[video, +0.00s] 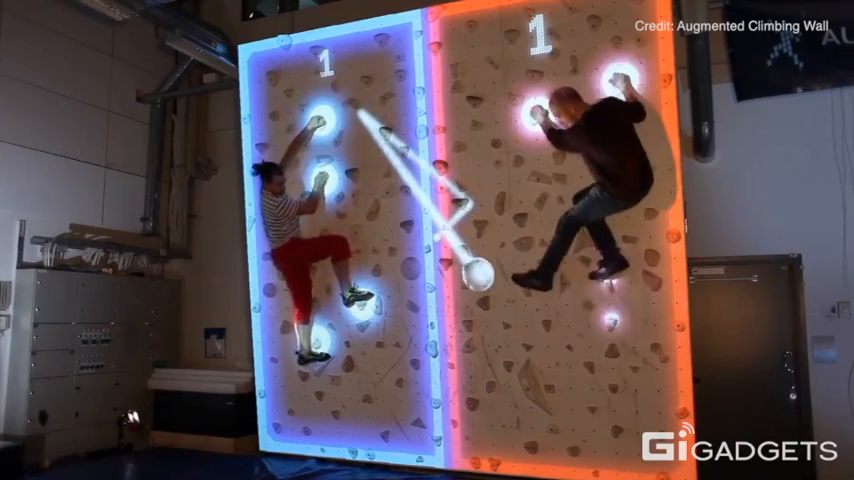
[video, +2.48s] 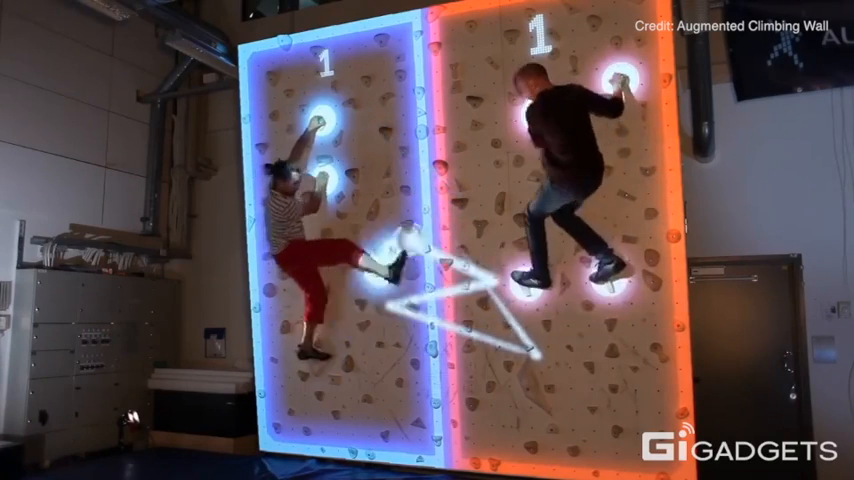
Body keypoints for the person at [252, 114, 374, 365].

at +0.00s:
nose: (283, 185)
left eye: (283, 181)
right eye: (278, 183)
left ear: (279, 179)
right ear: (268, 184)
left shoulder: (269, 192)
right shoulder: (278, 203)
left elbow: (289, 156)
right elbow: (311, 207)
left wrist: (309, 129)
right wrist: (320, 185)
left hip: (286, 251)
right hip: (291, 251)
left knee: (302, 300)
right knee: (337, 244)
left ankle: (305, 352)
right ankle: (348, 293)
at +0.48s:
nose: (285, 188)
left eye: (285, 184)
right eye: (281, 186)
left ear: (282, 181)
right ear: (270, 187)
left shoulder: (270, 194)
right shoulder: (278, 205)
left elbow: (292, 158)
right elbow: (309, 206)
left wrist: (309, 131)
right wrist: (320, 186)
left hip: (283, 254)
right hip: (288, 252)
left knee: (306, 300)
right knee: (331, 250)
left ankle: (305, 352)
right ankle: (344, 297)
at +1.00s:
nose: (284, 186)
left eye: (284, 182)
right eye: (279, 183)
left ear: (281, 180)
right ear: (268, 185)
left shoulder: (270, 193)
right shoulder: (277, 203)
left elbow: (292, 157)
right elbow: (308, 204)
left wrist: (309, 130)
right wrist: (320, 185)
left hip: (285, 253)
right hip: (291, 251)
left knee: (304, 300)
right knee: (336, 248)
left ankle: (305, 352)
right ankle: (345, 297)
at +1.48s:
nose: (284, 187)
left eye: (284, 182)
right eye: (280, 184)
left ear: (283, 181)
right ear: (270, 186)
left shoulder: (271, 194)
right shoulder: (277, 204)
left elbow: (292, 158)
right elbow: (308, 205)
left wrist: (309, 131)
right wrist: (320, 186)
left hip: (285, 253)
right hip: (290, 251)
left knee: (307, 297)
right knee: (334, 248)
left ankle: (305, 351)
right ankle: (344, 298)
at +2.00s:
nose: (297, 199)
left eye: (299, 195)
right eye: (295, 195)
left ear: (284, 190)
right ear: (283, 192)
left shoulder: (277, 200)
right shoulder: (286, 212)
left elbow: (295, 161)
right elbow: (313, 210)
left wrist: (311, 130)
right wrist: (319, 186)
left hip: (279, 259)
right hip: (289, 258)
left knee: (310, 302)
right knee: (327, 289)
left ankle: (306, 347)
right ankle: (355, 331)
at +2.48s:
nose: (295, 184)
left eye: (294, 179)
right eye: (291, 182)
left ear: (288, 178)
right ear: (280, 184)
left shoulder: (276, 191)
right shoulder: (284, 203)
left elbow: (296, 158)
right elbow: (313, 206)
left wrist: (310, 131)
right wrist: (322, 186)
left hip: (286, 256)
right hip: (294, 251)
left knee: (316, 293)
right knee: (343, 248)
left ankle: (306, 346)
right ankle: (388, 273)